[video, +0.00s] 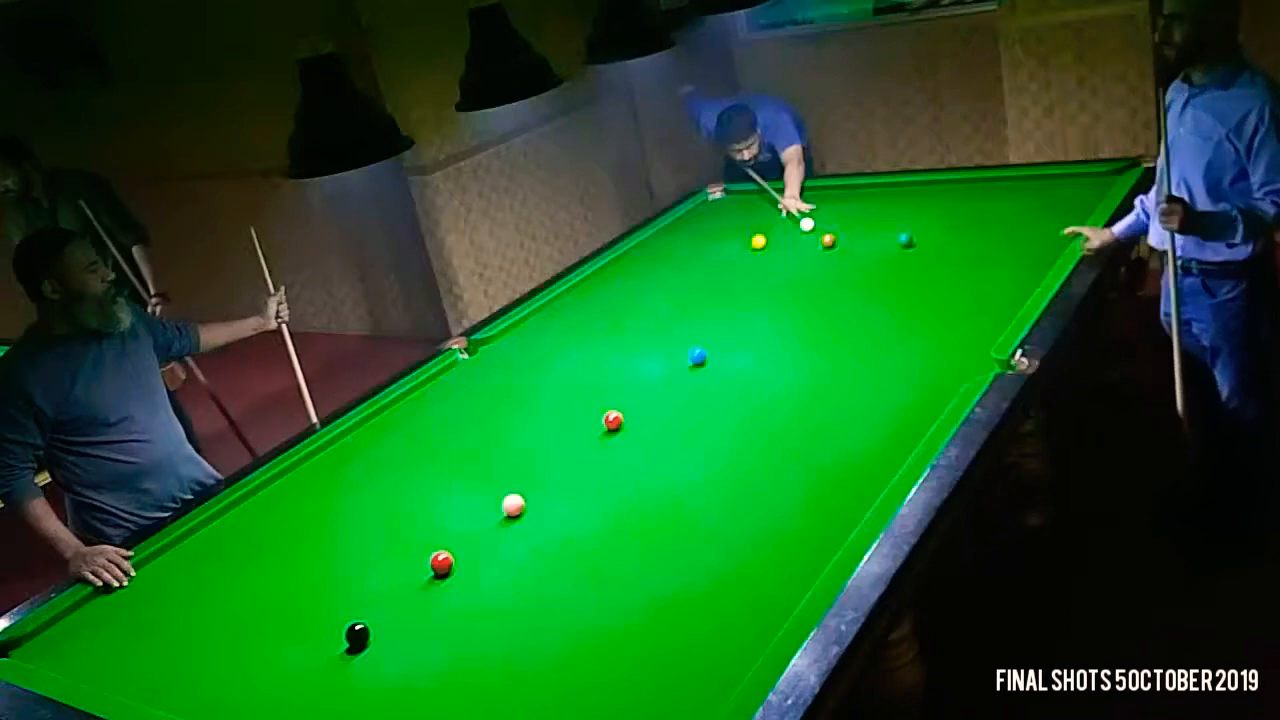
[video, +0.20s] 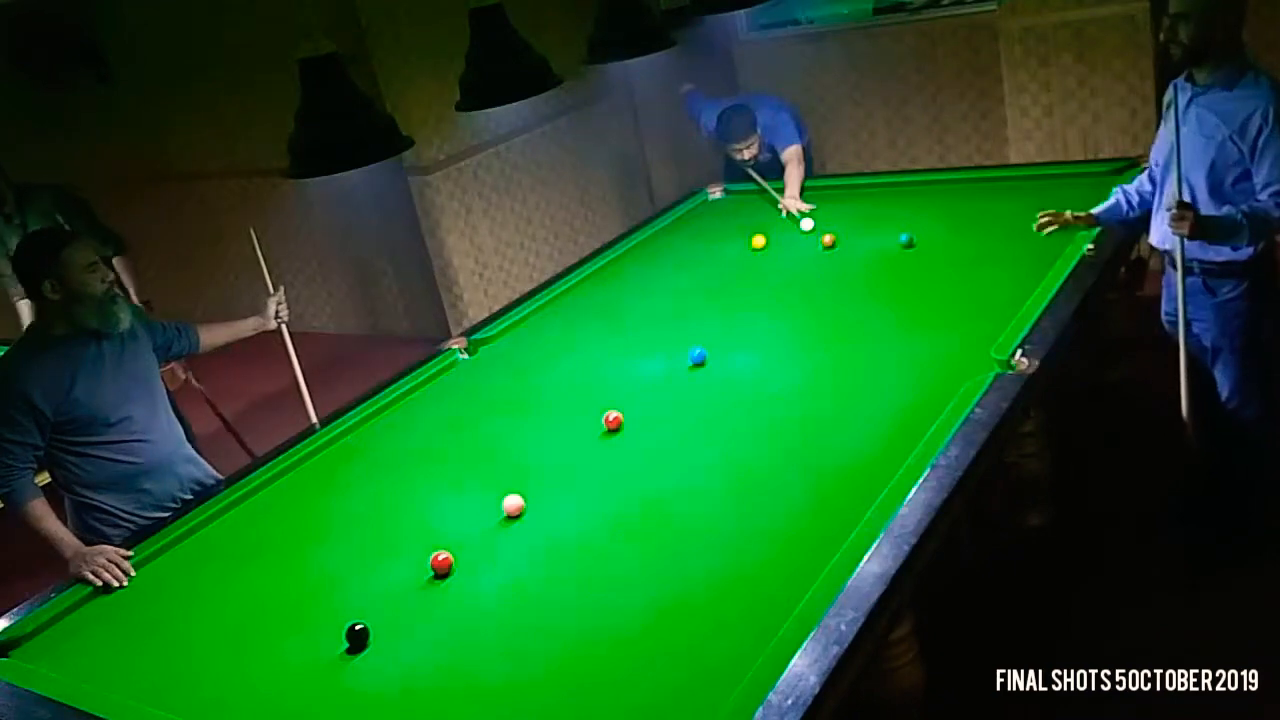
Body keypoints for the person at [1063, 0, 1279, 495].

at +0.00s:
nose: (1161, 34)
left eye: (1175, 20)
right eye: (1159, 21)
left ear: (1215, 24)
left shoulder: (1258, 102)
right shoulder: (1179, 94)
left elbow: (1270, 215)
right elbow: (1167, 185)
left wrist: (1198, 221)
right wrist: (1114, 233)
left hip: (1230, 285)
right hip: (1177, 279)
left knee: (1239, 414)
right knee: (1193, 409)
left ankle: (1244, 524)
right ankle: (1198, 514)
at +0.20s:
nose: (1166, 32)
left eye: (1181, 19)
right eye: (1165, 19)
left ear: (1221, 23)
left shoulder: (1261, 104)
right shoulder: (1178, 95)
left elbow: (1274, 209)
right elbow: (1155, 181)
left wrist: (1208, 226)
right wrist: (1090, 218)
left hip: (1231, 288)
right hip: (1176, 280)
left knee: (1239, 414)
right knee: (1188, 406)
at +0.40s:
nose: (1171, 31)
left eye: (1186, 18)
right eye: (1170, 18)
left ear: (1226, 23)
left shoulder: (1264, 103)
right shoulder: (1177, 97)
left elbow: (1273, 212)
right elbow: (1144, 177)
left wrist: (1213, 222)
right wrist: (1092, 239)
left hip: (1236, 289)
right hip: (1176, 280)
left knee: (1242, 416)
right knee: (1189, 411)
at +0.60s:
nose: (1170, 30)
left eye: (1184, 18)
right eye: (1169, 18)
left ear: (1226, 21)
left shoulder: (1266, 104)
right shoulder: (1175, 98)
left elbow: (1275, 212)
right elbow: (1142, 179)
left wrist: (1211, 218)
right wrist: (1101, 248)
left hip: (1238, 284)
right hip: (1177, 280)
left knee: (1244, 415)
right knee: (1189, 408)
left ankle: (1250, 524)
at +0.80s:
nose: (1161, 35)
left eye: (1175, 22)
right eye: (1161, 22)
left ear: (1218, 24)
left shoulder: (1263, 105)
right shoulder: (1175, 95)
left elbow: (1271, 214)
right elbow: (1142, 176)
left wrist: (1204, 217)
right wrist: (1101, 249)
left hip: (1241, 288)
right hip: (1184, 282)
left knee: (1244, 411)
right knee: (1192, 407)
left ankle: (1250, 527)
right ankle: (1194, 517)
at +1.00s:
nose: (1157, 46)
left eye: (1165, 32)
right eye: (1154, 34)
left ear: (1205, 28)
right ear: (1170, 36)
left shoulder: (1260, 102)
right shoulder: (1174, 96)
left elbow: (1272, 213)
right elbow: (1144, 178)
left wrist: (1204, 223)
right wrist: (1103, 252)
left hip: (1242, 288)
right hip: (1188, 282)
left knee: (1247, 410)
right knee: (1195, 405)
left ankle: (1252, 526)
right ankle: (1199, 516)